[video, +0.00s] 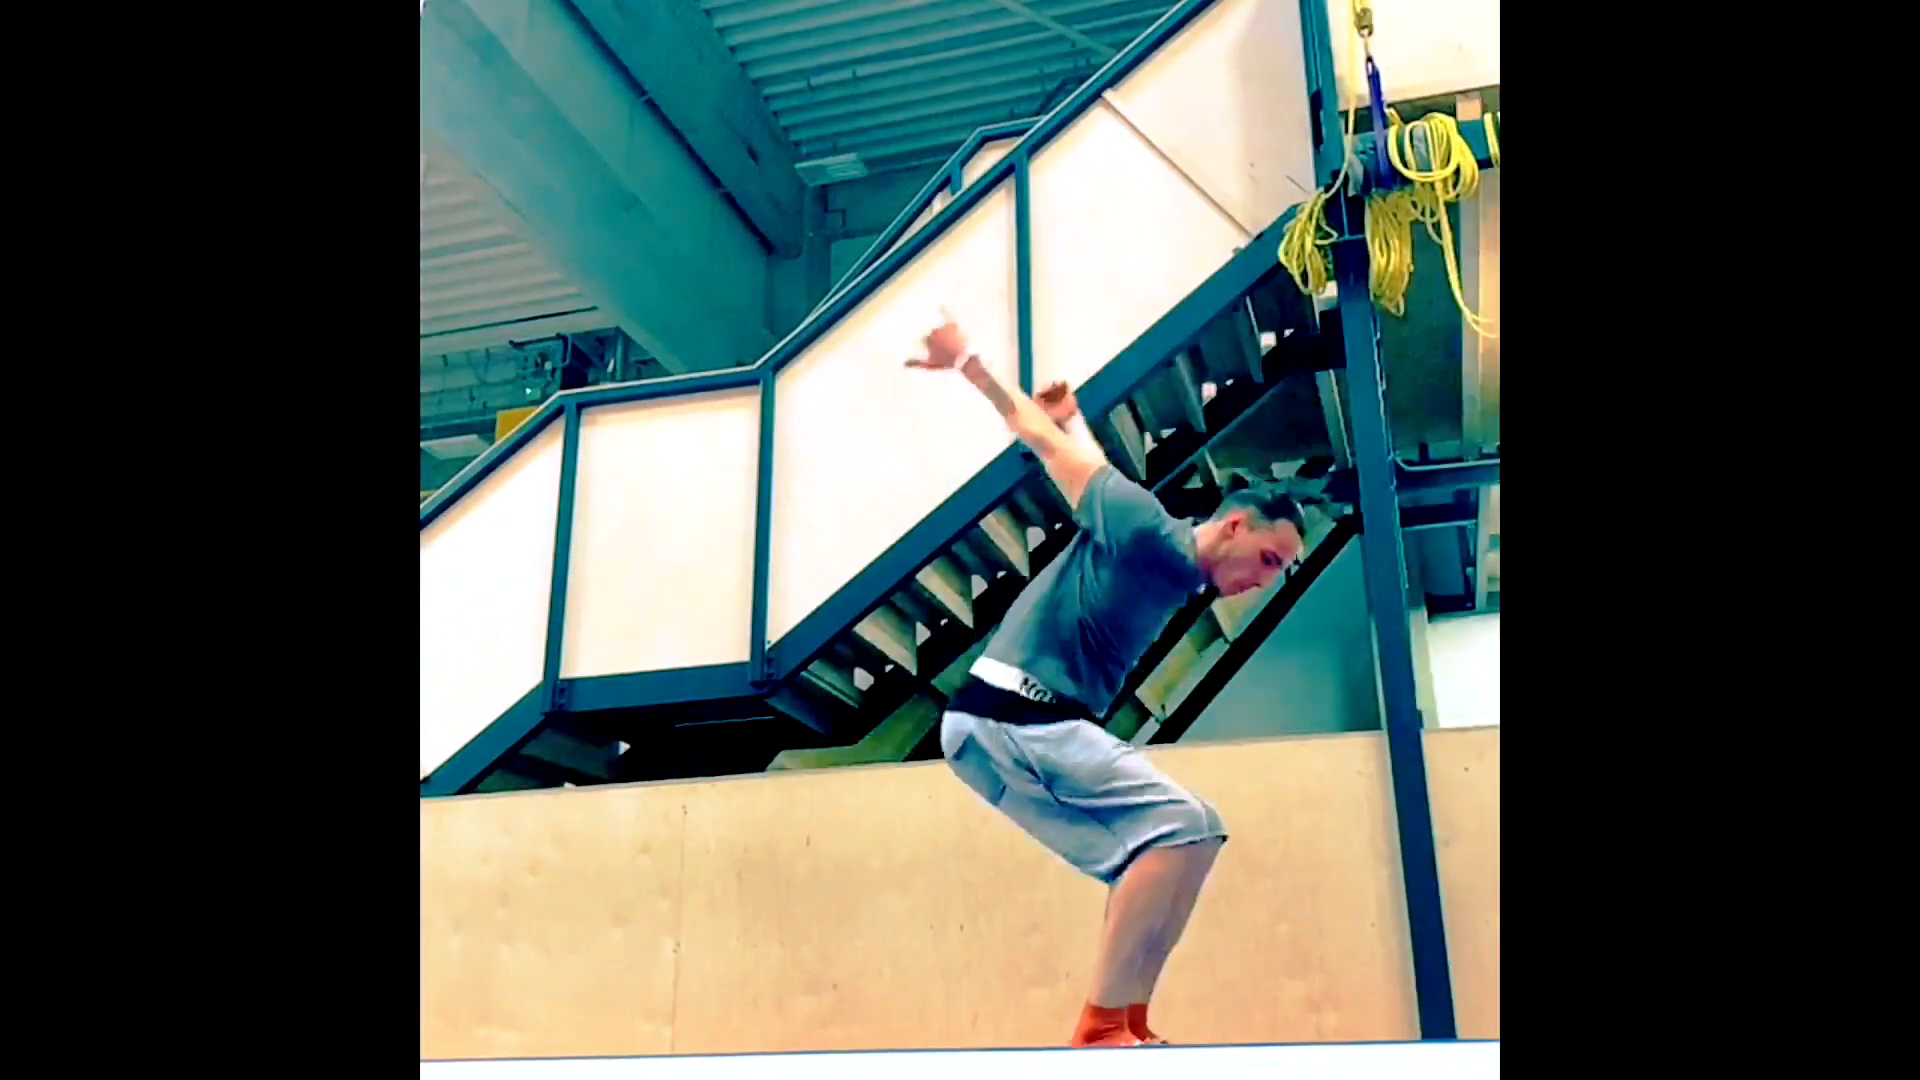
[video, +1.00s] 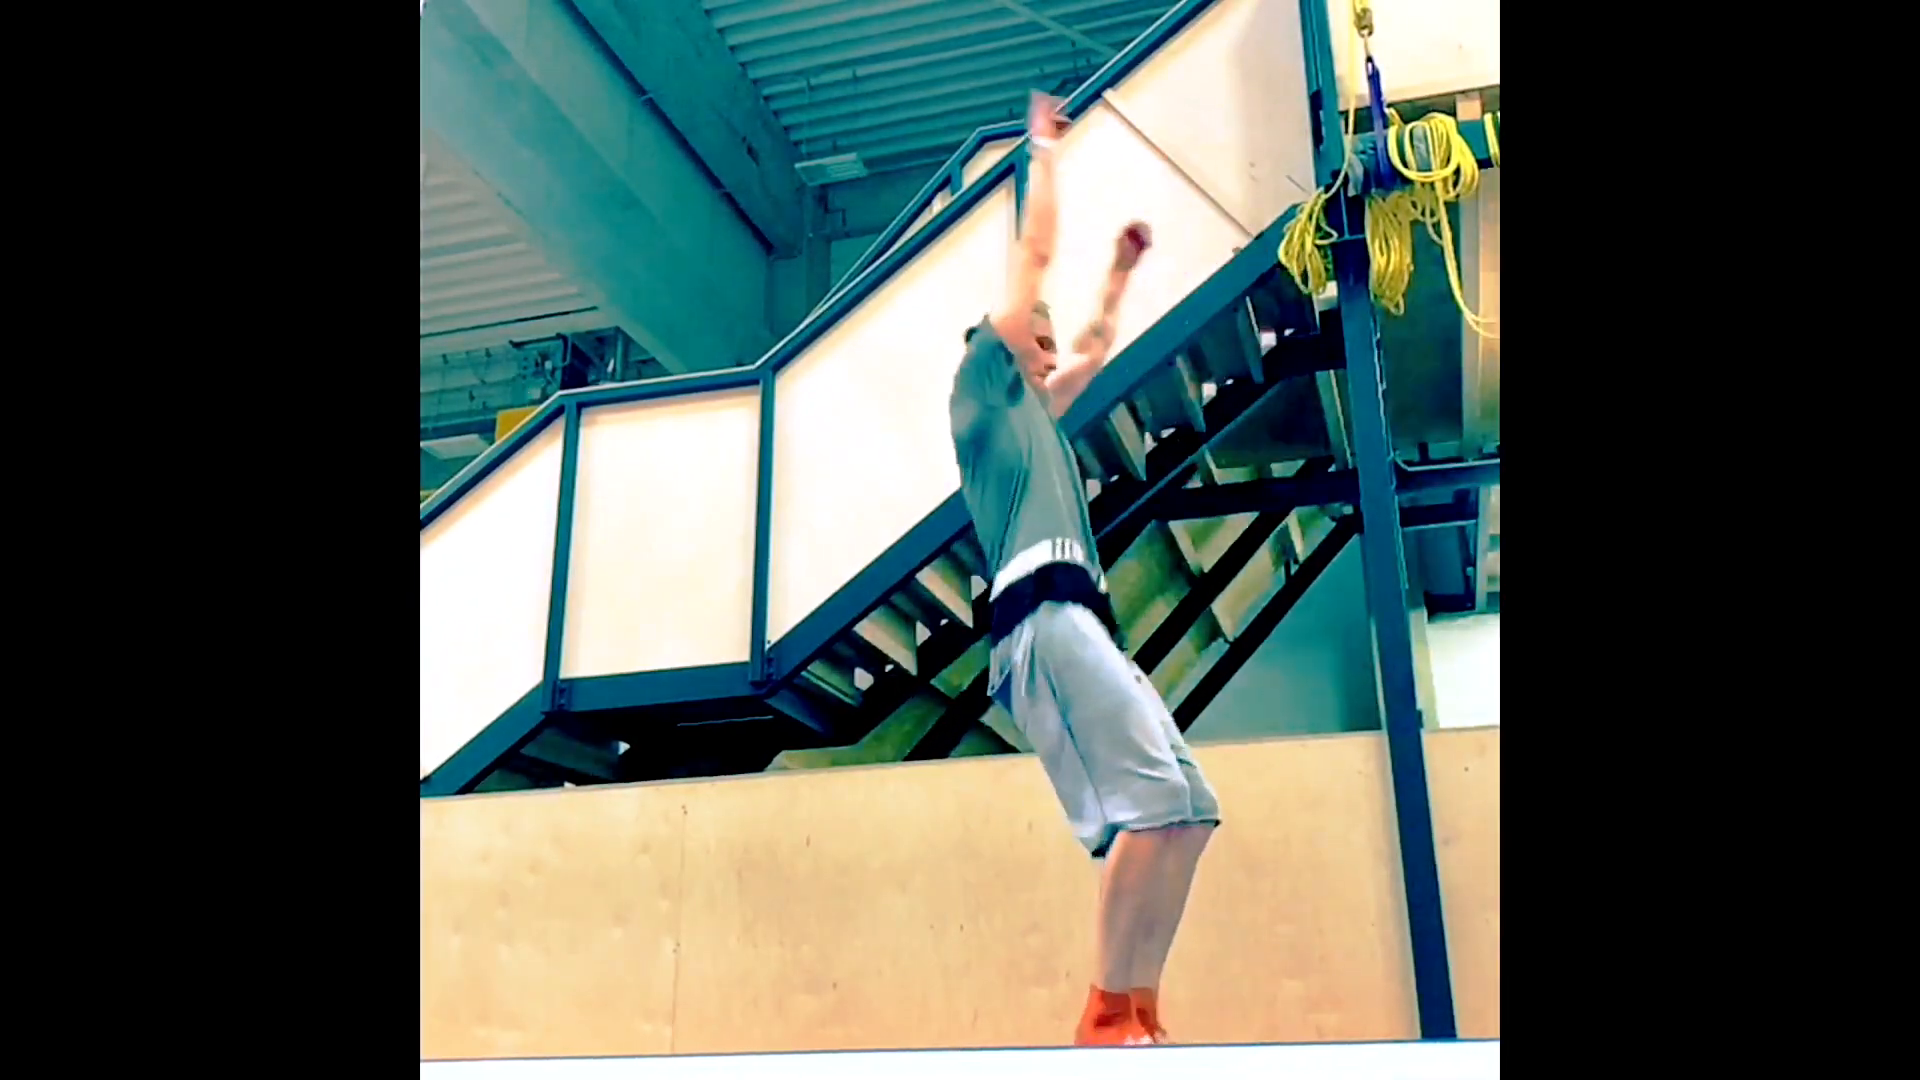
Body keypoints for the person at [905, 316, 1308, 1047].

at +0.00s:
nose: (1264, 580)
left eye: (1277, 572)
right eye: (1266, 559)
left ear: (1240, 538)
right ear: (1231, 523)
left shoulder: (1179, 570)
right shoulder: (1144, 530)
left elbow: (1099, 478)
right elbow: (1044, 441)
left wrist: (1069, 425)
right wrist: (968, 363)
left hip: (1044, 725)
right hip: (1007, 716)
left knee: (1197, 837)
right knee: (1173, 829)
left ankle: (1128, 1027)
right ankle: (1101, 1029)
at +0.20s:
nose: (1214, 527)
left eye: (1224, 518)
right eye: (1215, 506)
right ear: (1178, 478)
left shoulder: (1137, 568)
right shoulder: (1084, 531)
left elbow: (1101, 691)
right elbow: (1064, 665)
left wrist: (1110, 780)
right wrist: (1069, 796)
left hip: (1051, 731)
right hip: (1002, 730)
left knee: (1203, 849)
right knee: (1179, 845)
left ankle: (1124, 1035)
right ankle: (1104, 1037)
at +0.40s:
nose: (1127, 435)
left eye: (1128, 427)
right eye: (1114, 421)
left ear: (1083, 427)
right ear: (1068, 410)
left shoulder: (1086, 515)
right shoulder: (1045, 462)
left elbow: (1200, 520)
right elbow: (1192, 447)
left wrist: (1297, 453)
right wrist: (1306, 390)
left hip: (1040, 708)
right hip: (1008, 705)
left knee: (1188, 850)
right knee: (1167, 845)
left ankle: (1123, 1041)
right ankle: (1105, 1041)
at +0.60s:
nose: (1094, 385)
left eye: (1091, 375)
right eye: (1079, 371)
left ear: (1061, 389)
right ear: (1043, 379)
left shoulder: (1068, 469)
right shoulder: (1021, 435)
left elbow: (1178, 424)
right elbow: (1150, 354)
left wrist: (1236, 343)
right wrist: (1226, 259)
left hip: (1039, 689)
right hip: (1017, 686)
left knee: (1175, 845)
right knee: (1174, 836)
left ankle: (1120, 1038)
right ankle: (1111, 1036)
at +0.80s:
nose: (1069, 366)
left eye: (1067, 358)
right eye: (1056, 353)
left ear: (1049, 376)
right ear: (1024, 362)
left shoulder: (1058, 440)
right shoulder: (1007, 412)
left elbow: (1136, 381)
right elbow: (1089, 296)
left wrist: (1182, 297)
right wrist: (1139, 193)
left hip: (1056, 662)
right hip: (1029, 657)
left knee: (1189, 829)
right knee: (1164, 822)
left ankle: (1129, 1030)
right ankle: (1107, 1029)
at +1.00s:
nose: (1047, 342)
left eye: (1049, 334)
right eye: (1036, 328)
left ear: (1039, 355)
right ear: (1004, 336)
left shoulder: (1035, 417)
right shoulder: (985, 385)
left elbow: (1092, 351)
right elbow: (1031, 256)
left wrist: (1119, 272)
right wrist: (1044, 149)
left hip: (1076, 628)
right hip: (1044, 625)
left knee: (1190, 810)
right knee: (1155, 804)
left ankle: (1135, 1015)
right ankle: (1110, 1018)